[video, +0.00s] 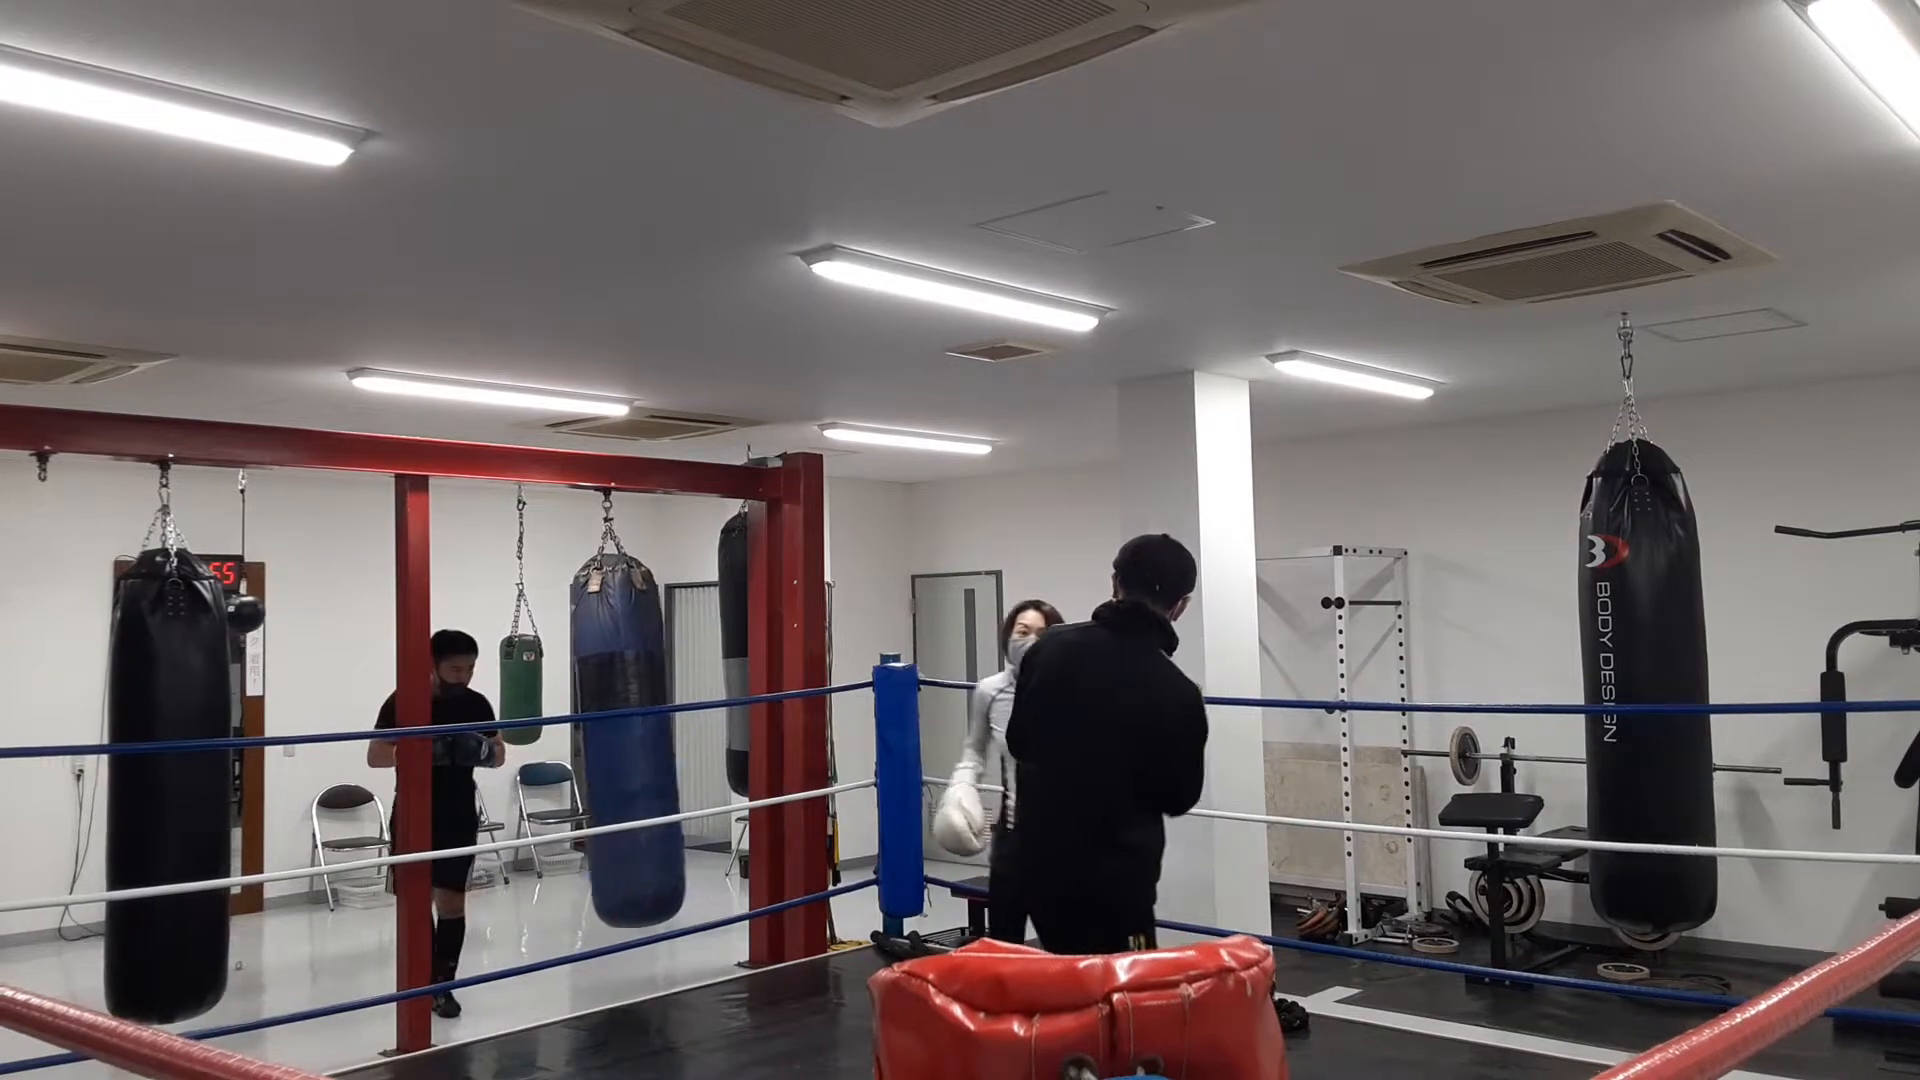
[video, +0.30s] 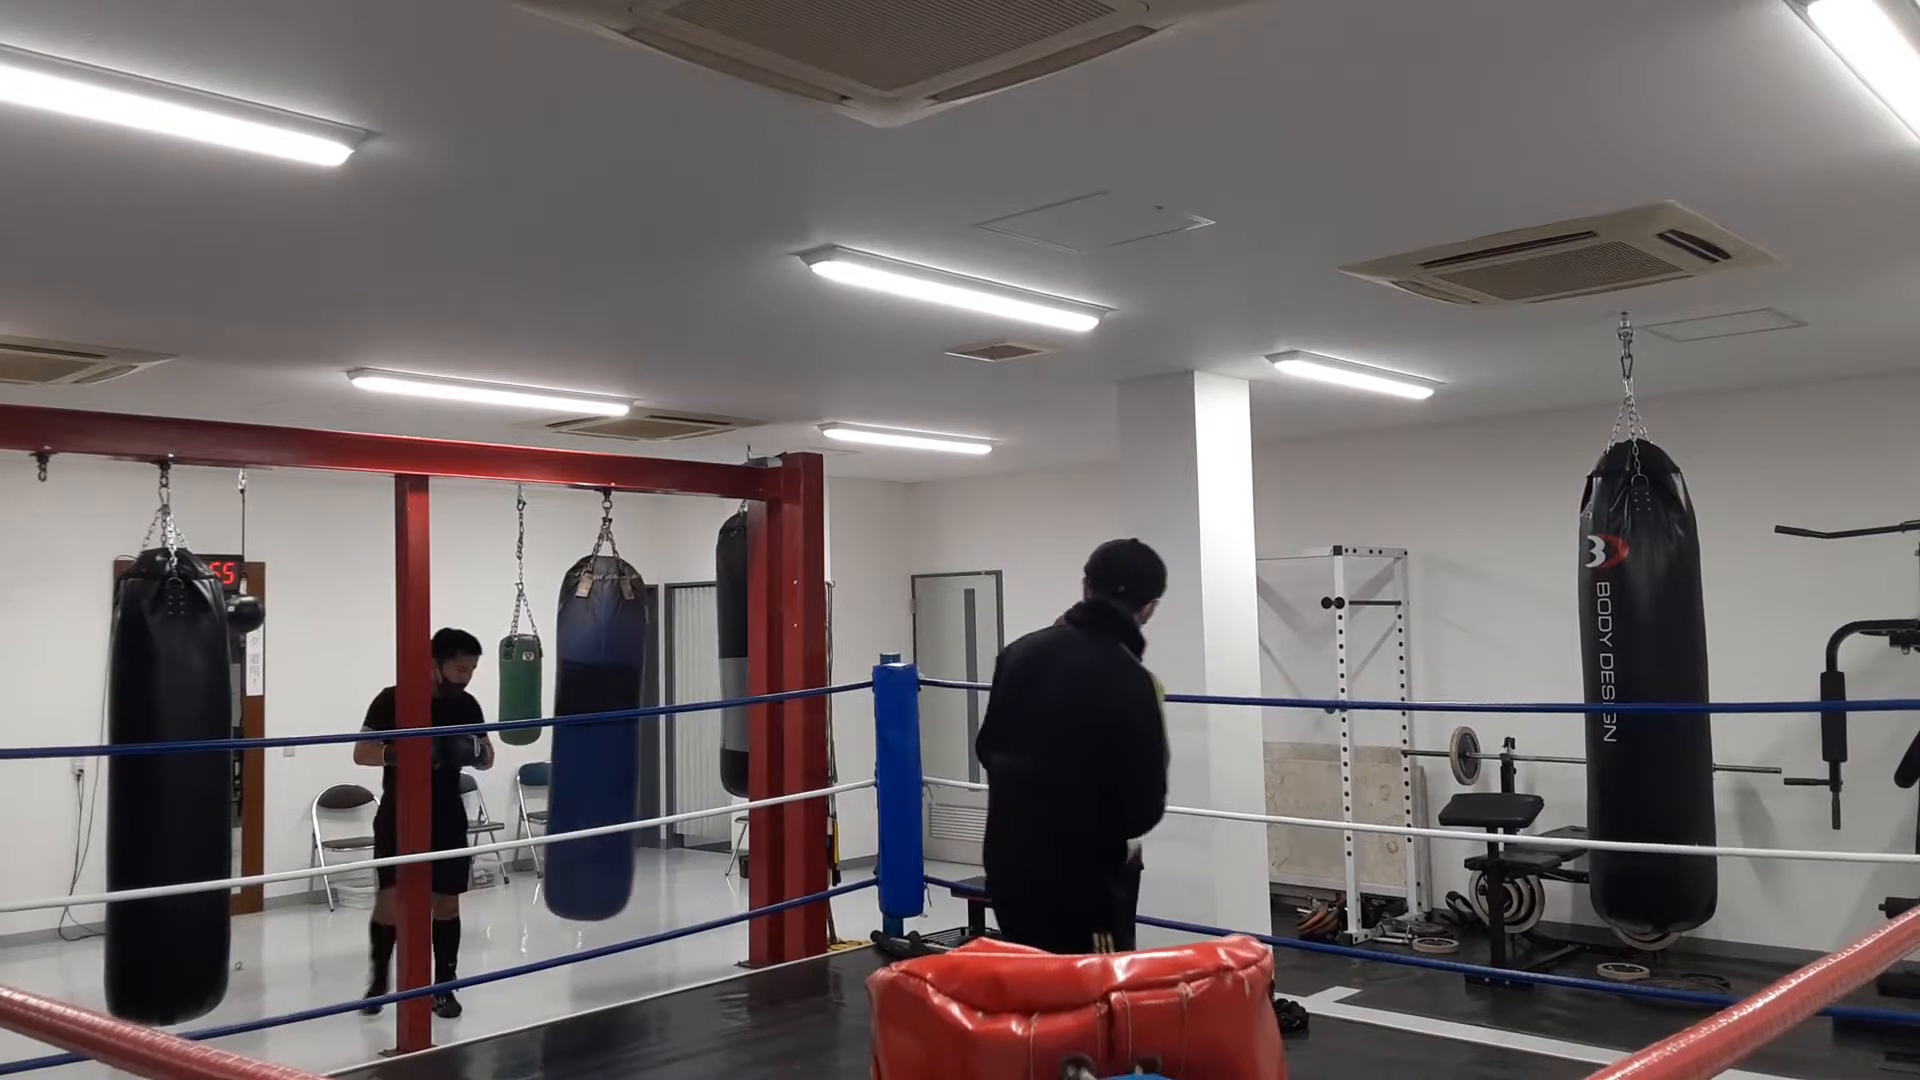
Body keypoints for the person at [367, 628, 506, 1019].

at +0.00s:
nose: (463, 677)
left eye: (469, 669)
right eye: (455, 670)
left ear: (474, 666)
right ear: (433, 665)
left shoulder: (475, 704)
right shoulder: (404, 701)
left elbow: (499, 754)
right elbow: (375, 756)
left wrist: (479, 748)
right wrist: (423, 749)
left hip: (458, 812)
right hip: (411, 814)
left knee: (451, 899)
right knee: (414, 901)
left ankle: (444, 986)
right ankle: (422, 986)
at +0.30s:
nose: (466, 678)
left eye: (470, 670)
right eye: (460, 669)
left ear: (472, 666)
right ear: (435, 664)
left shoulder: (465, 705)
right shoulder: (393, 699)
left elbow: (487, 758)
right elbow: (363, 753)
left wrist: (473, 750)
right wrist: (408, 751)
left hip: (446, 812)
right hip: (398, 813)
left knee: (447, 899)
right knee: (390, 897)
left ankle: (444, 986)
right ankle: (378, 981)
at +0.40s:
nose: (460, 678)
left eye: (464, 670)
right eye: (454, 670)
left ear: (462, 667)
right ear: (432, 663)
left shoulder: (457, 705)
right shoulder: (385, 701)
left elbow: (481, 757)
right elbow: (358, 756)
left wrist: (466, 745)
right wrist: (402, 754)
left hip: (441, 812)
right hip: (394, 814)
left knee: (443, 902)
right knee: (386, 906)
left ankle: (444, 988)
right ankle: (352, 994)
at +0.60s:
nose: (440, 675)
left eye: (442, 666)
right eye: (435, 666)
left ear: (437, 666)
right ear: (409, 663)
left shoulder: (428, 703)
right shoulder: (365, 706)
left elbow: (453, 749)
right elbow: (346, 762)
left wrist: (445, 746)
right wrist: (396, 756)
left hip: (422, 816)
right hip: (378, 820)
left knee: (434, 900)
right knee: (370, 905)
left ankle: (443, 982)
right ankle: (343, 994)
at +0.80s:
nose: (400, 677)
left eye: (401, 670)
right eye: (395, 670)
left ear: (390, 672)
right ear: (374, 670)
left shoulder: (398, 709)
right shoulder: (333, 714)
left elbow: (424, 755)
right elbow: (318, 775)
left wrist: (409, 765)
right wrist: (370, 770)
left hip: (390, 825)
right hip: (343, 829)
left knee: (408, 905)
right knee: (336, 915)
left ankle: (433, 984)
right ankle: (332, 1004)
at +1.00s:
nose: (386, 667)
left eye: (387, 659)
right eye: (379, 660)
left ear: (369, 665)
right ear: (353, 665)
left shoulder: (380, 706)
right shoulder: (319, 714)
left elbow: (386, 762)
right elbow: (298, 775)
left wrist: (402, 760)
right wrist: (351, 775)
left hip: (373, 816)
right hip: (331, 821)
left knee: (391, 899)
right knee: (334, 908)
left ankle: (379, 981)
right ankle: (333, 1002)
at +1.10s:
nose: (379, 665)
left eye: (379, 658)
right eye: (372, 659)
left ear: (362, 663)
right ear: (345, 663)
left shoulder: (374, 705)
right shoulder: (314, 713)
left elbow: (385, 763)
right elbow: (293, 774)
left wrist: (392, 759)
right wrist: (345, 774)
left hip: (366, 815)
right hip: (326, 819)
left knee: (375, 899)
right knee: (330, 906)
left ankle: (350, 973)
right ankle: (331, 999)